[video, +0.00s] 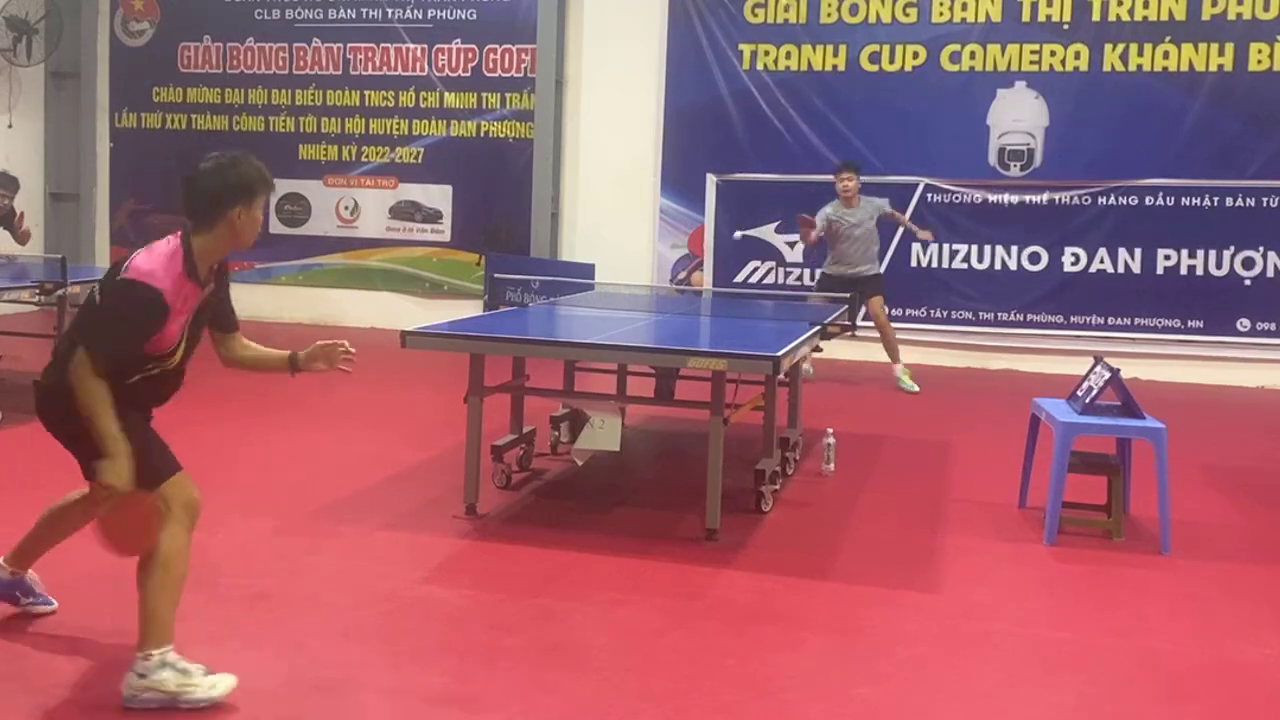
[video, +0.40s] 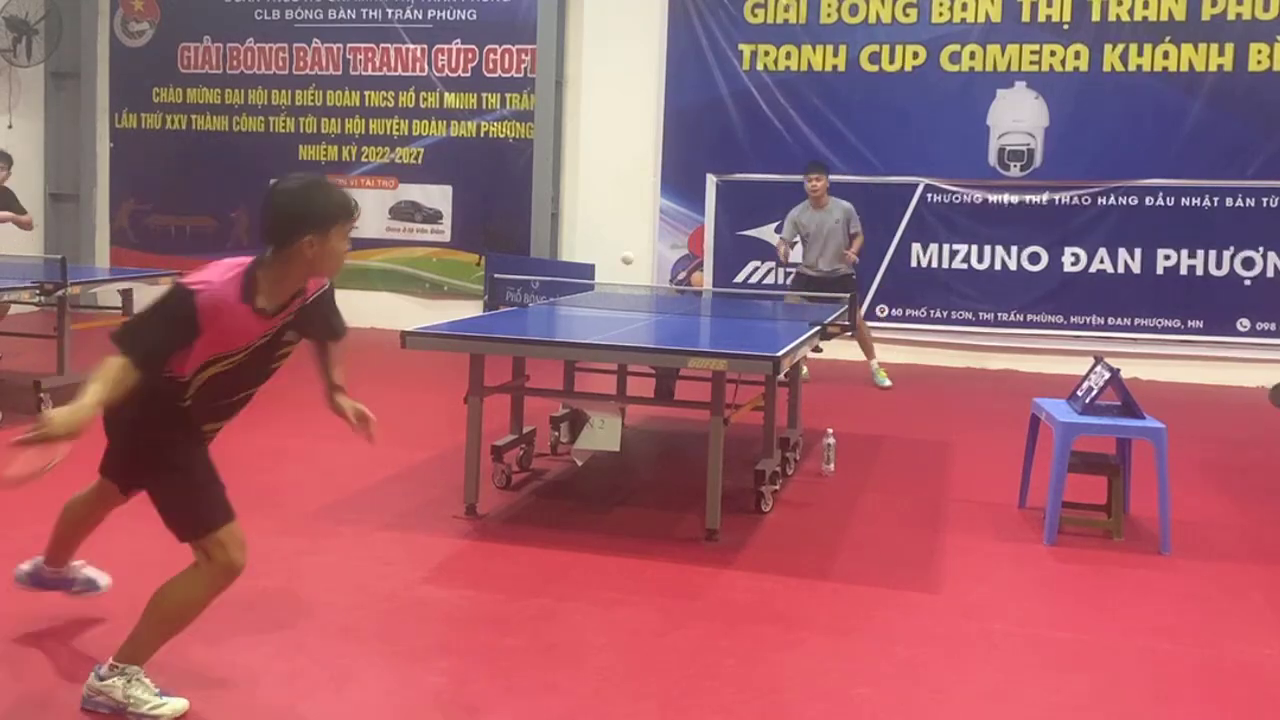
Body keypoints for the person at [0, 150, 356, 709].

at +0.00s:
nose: (262, 222)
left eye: (263, 211)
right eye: (259, 210)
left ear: (222, 212)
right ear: (232, 213)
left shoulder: (212, 265)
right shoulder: (149, 279)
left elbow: (232, 347)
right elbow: (83, 363)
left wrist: (297, 360)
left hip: (119, 397)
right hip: (80, 397)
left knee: (110, 490)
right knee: (179, 504)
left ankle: (10, 568)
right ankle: (153, 661)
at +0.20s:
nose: (273, 290)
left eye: (274, 280)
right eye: (269, 279)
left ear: (233, 288)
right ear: (235, 286)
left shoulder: (245, 341)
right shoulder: (124, 330)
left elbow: (296, 418)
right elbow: (36, 364)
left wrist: (329, 393)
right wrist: (1, 424)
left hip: (141, 448)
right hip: (87, 436)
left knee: (105, 540)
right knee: (176, 523)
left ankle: (2, 578)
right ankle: (113, 675)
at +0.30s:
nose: (303, 280)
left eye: (303, 269)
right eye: (298, 269)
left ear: (261, 278)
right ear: (263, 277)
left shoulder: (280, 333)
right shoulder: (148, 314)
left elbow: (340, 379)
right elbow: (59, 348)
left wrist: (382, 405)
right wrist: (8, 420)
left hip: (165, 449)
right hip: (112, 434)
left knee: (96, 520)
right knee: (194, 539)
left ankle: (8, 574)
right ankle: (115, 675)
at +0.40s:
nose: (350, 248)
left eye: (350, 236)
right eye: (345, 237)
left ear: (307, 246)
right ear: (309, 246)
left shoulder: (314, 288)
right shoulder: (208, 294)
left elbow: (329, 334)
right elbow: (131, 353)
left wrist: (336, 390)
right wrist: (84, 408)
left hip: (182, 419)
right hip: (156, 421)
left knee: (106, 492)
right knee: (224, 558)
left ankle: (51, 566)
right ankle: (118, 673)